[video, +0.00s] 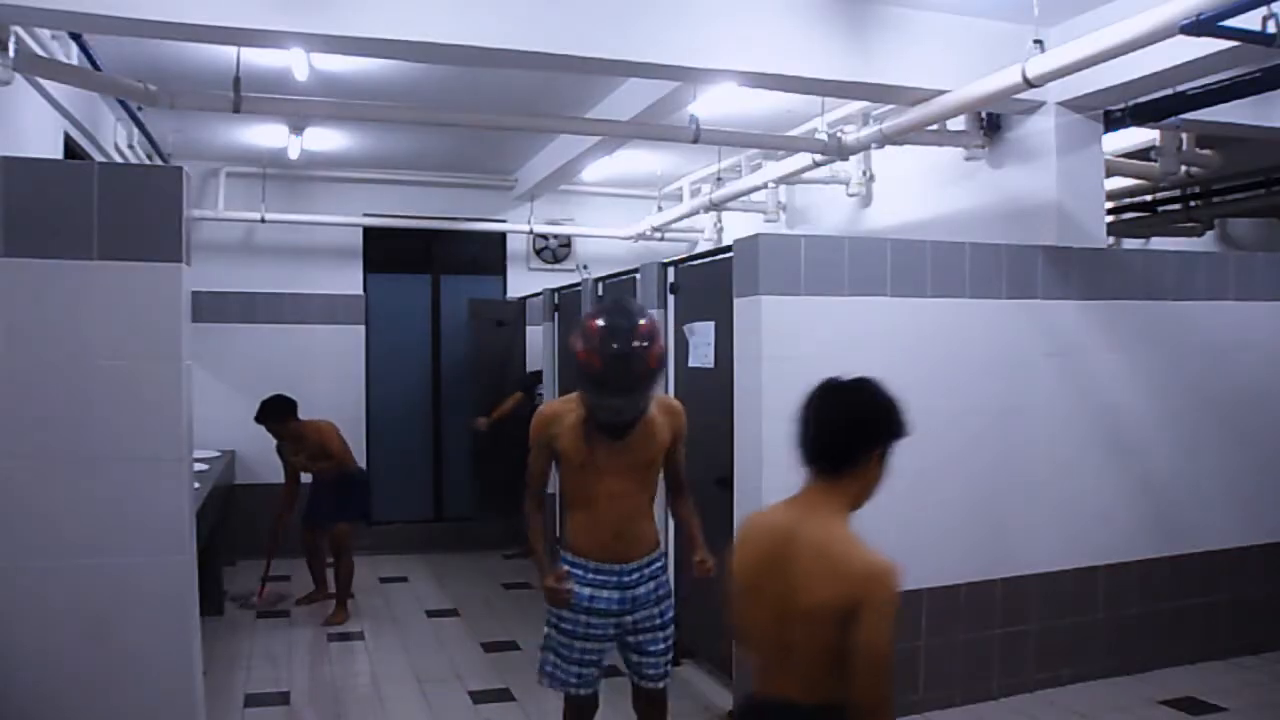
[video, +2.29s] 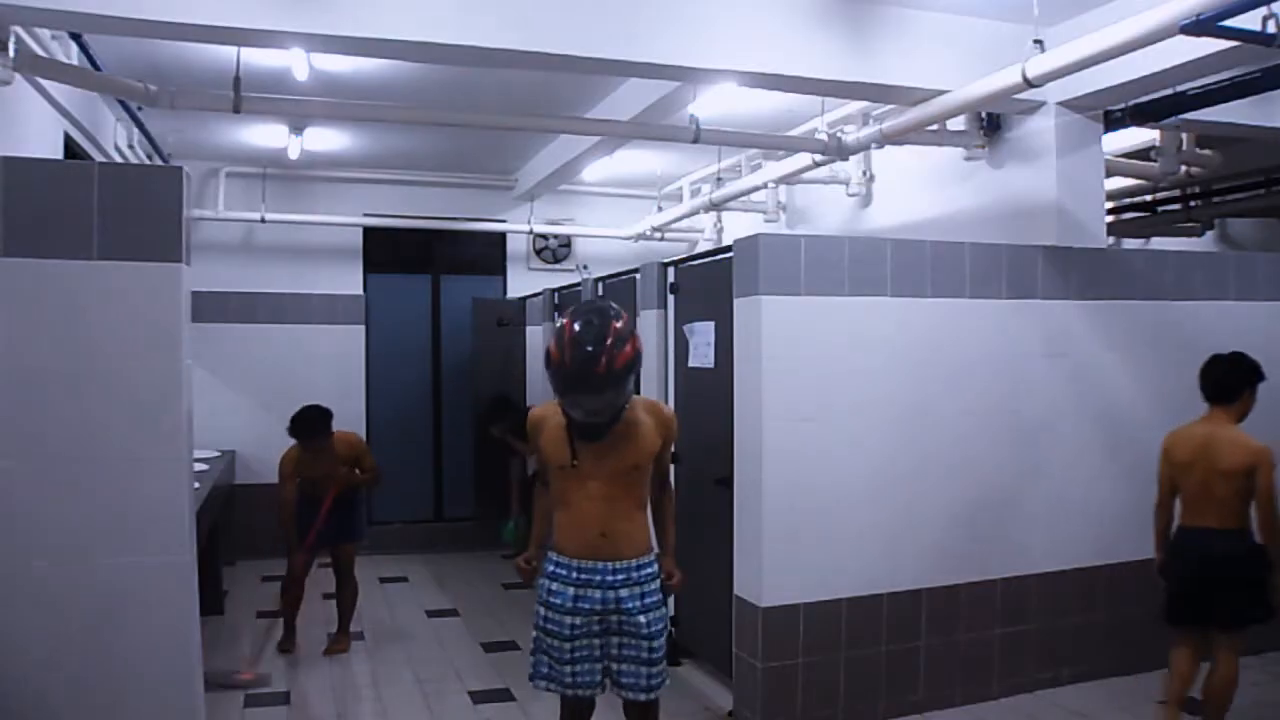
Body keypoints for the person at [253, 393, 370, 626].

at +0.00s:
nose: (272, 435)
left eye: (273, 429)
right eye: (269, 430)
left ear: (287, 421)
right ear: (278, 426)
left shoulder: (324, 432)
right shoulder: (284, 447)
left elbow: (347, 465)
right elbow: (292, 484)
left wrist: (312, 467)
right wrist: (283, 516)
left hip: (348, 485)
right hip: (321, 487)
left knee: (340, 539)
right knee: (310, 535)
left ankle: (341, 605)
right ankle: (321, 588)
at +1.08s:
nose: (238, 444)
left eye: (238, 437)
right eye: (234, 440)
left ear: (252, 425)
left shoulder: (293, 429)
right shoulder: (258, 460)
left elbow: (331, 451)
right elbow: (268, 497)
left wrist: (299, 457)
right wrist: (261, 530)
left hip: (334, 487)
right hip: (305, 492)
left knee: (330, 552)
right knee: (303, 555)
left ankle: (346, 613)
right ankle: (312, 616)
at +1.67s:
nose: (253, 453)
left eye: (253, 447)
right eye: (249, 448)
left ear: (267, 439)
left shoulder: (311, 447)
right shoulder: (271, 464)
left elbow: (340, 483)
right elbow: (273, 502)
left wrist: (298, 489)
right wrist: (261, 536)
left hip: (345, 500)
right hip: (314, 502)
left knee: (340, 568)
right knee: (308, 561)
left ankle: (342, 632)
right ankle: (314, 616)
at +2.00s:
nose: (282, 452)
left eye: (285, 446)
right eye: (280, 447)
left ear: (303, 441)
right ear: (283, 444)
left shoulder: (340, 448)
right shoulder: (283, 468)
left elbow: (362, 484)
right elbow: (276, 513)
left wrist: (326, 490)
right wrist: (265, 553)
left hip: (350, 506)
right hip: (316, 507)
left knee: (344, 568)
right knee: (301, 566)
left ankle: (343, 632)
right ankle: (307, 608)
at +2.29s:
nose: (308, 450)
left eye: (313, 444)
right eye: (304, 445)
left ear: (326, 435)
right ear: (298, 440)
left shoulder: (351, 445)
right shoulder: (292, 461)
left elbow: (373, 476)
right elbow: (287, 507)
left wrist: (352, 480)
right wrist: (293, 547)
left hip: (344, 510)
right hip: (306, 512)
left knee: (344, 571)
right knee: (296, 572)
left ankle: (342, 633)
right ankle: (289, 631)